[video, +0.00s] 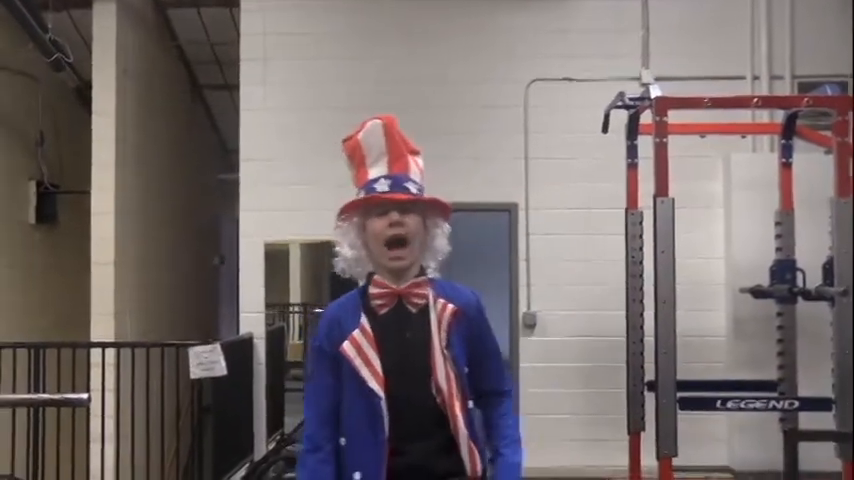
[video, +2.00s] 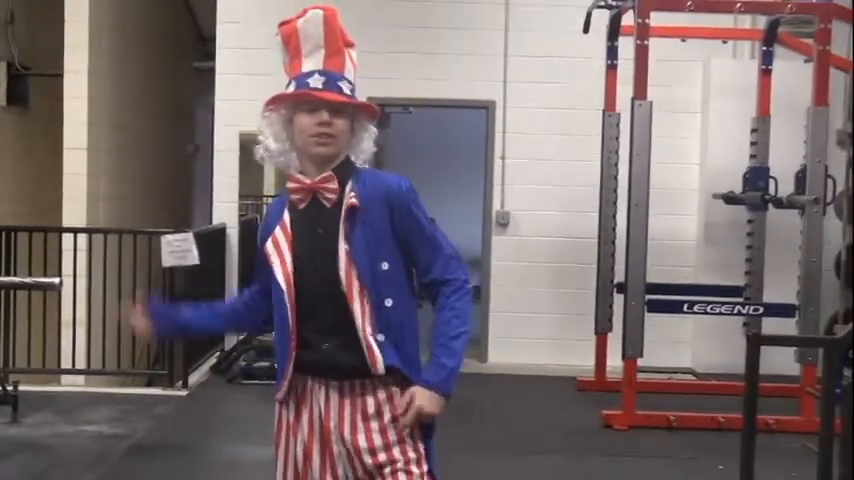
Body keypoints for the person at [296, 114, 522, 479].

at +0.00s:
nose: (395, 220)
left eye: (407, 210)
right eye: (380, 212)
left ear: (427, 226)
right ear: (361, 231)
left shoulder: (463, 308)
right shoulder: (336, 322)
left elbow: (496, 398)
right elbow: (319, 435)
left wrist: (506, 471)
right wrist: (318, 475)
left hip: (454, 470)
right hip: (375, 472)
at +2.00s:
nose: (325, 120)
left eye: (337, 111)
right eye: (311, 109)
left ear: (353, 125)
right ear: (288, 123)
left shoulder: (389, 195)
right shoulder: (278, 212)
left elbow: (453, 284)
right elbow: (260, 306)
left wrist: (436, 383)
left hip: (381, 405)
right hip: (302, 406)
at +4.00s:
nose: (448, 121)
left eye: (463, 109)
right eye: (433, 108)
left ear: (483, 124)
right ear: (411, 122)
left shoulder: (502, 210)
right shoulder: (370, 206)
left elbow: (519, 319)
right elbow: (345, 325)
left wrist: (540, 407)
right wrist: (312, 443)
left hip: (473, 421)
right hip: (386, 424)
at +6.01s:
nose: (391, 116)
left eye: (411, 108)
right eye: (383, 102)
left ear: (440, 131)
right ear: (366, 114)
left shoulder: (458, 213)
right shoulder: (322, 202)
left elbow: (540, 256)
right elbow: (279, 329)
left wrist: (471, 173)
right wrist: (276, 464)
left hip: (432, 429)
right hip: (340, 434)